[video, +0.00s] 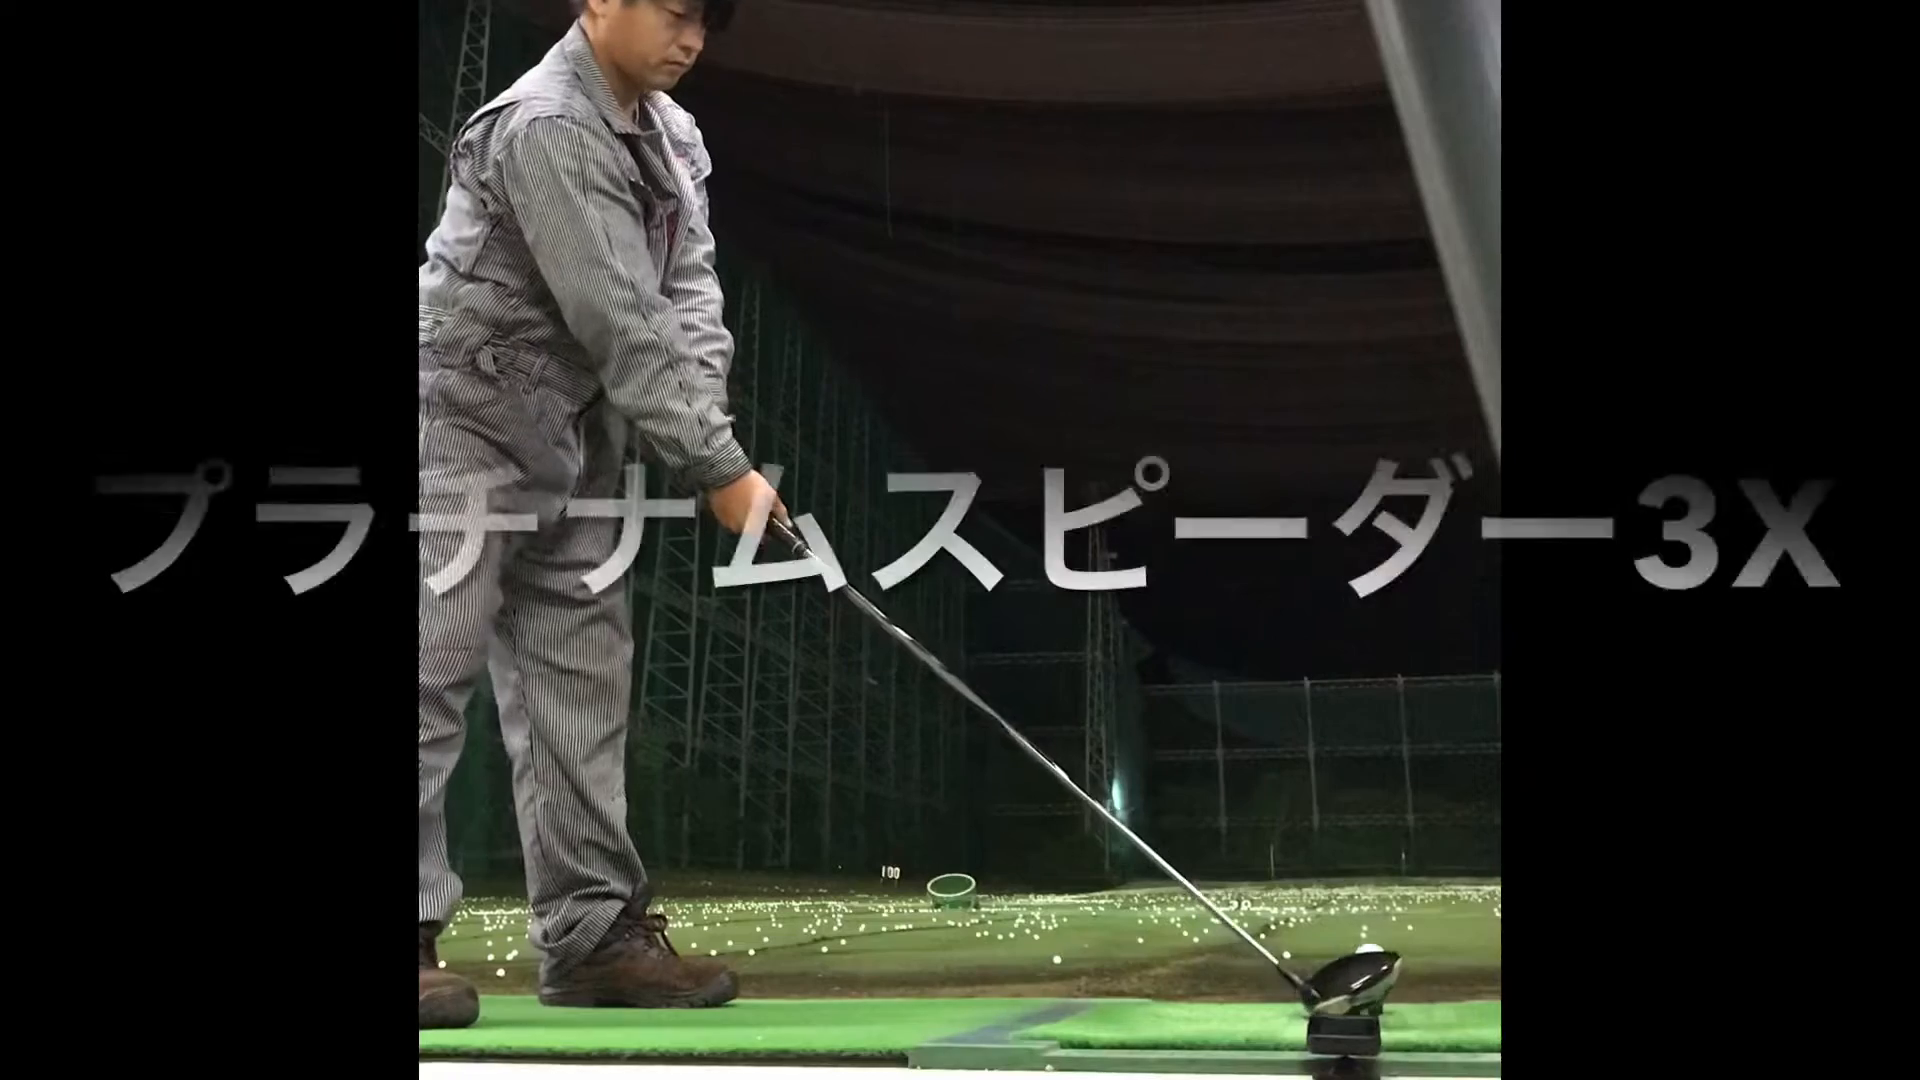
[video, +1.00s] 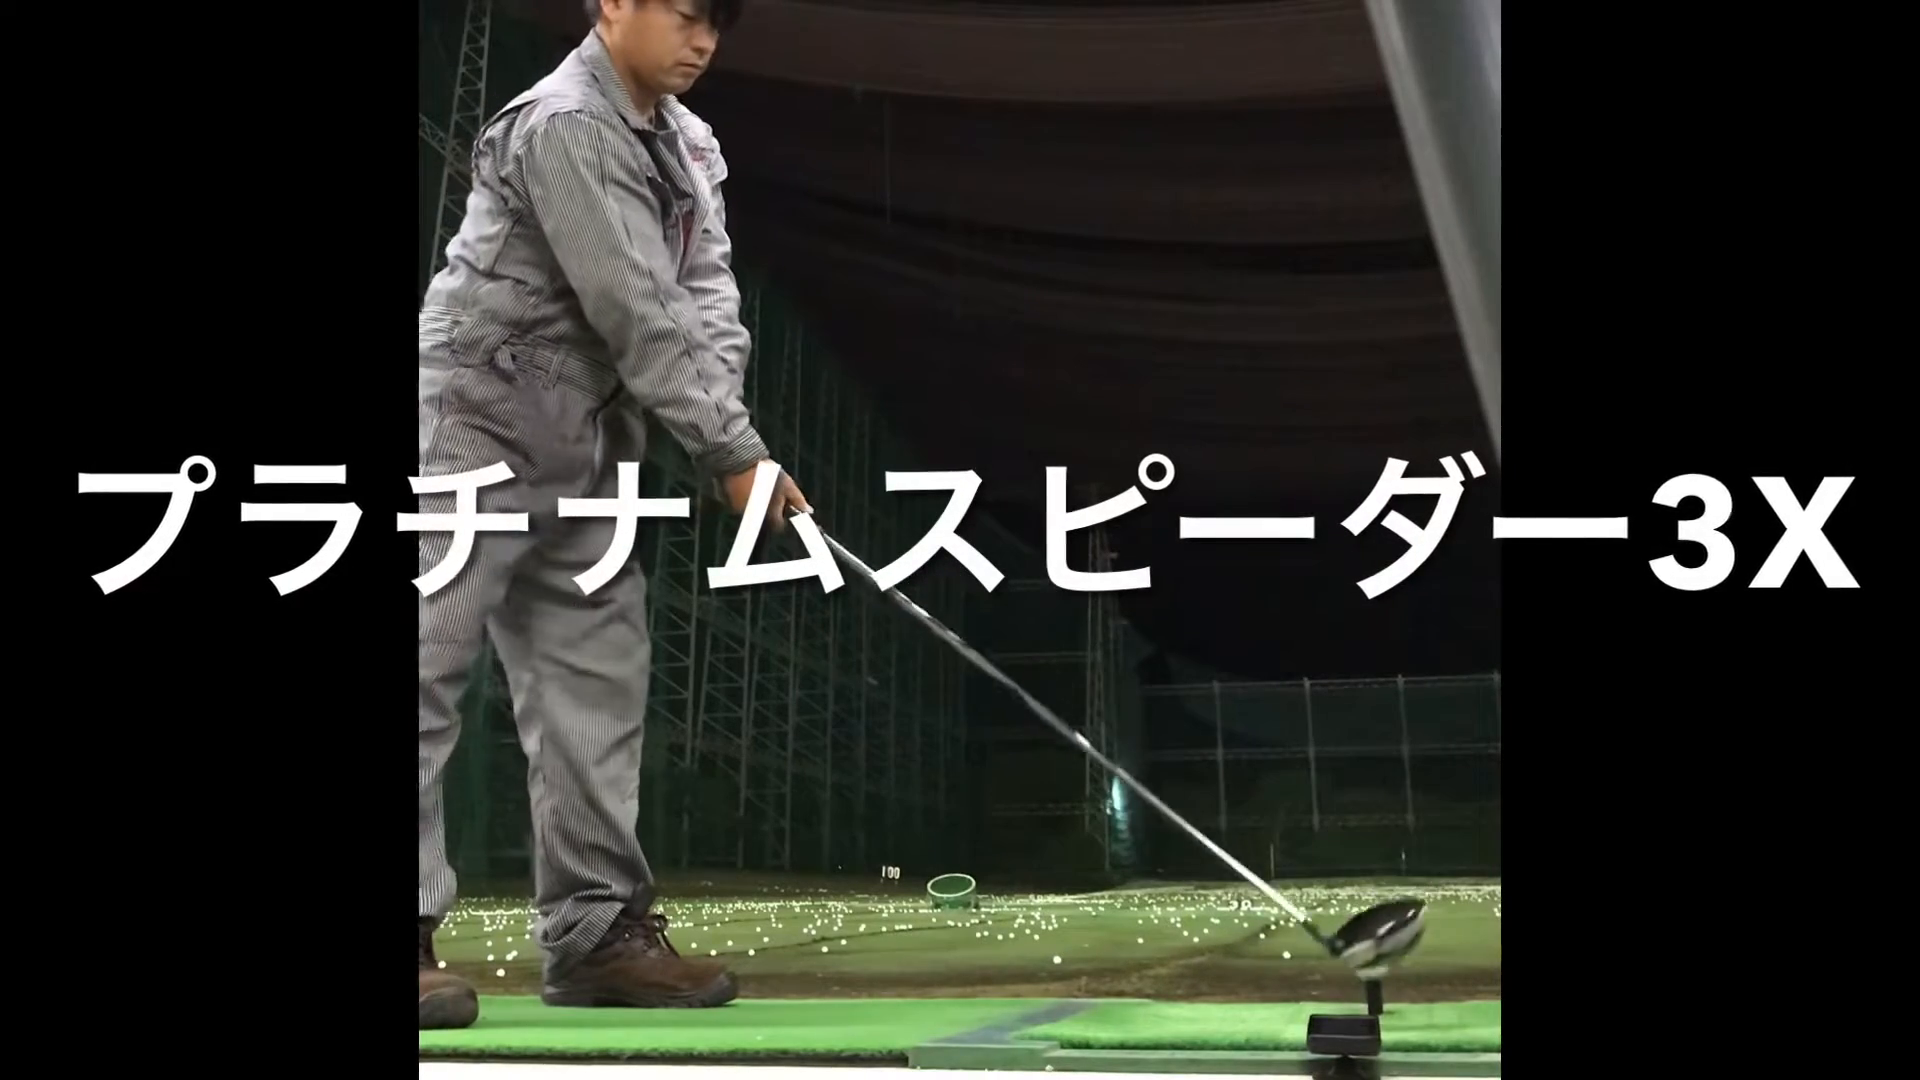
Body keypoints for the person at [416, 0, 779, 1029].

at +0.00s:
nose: (692, 39)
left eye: (701, 20)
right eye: (671, 15)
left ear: (699, 30)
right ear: (597, 9)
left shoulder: (675, 132)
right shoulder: (548, 125)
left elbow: (694, 294)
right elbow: (615, 318)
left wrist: (701, 428)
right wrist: (719, 467)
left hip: (578, 443)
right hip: (463, 430)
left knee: (576, 680)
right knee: (435, 679)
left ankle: (590, 938)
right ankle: (416, 946)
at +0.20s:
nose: (695, 32)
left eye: (705, 16)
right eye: (675, 10)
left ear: (707, 28)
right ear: (602, 7)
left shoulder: (678, 128)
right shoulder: (548, 120)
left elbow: (692, 289)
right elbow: (612, 319)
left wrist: (684, 416)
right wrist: (713, 469)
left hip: (576, 434)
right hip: (458, 420)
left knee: (571, 681)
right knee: (433, 676)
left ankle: (590, 940)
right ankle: (415, 947)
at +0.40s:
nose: (705, 42)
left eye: (716, 26)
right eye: (685, 17)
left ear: (715, 33)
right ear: (614, 9)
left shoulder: (686, 135)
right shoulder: (558, 124)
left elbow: (697, 296)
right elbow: (612, 325)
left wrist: (686, 419)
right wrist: (716, 466)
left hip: (577, 437)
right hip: (462, 422)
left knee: (574, 682)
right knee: (435, 675)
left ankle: (591, 940)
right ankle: (417, 947)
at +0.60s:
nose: (709, 45)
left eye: (722, 27)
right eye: (689, 19)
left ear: (726, 32)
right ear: (618, 9)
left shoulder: (691, 136)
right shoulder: (560, 121)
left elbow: (693, 299)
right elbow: (603, 322)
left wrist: (676, 418)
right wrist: (710, 466)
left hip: (575, 435)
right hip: (462, 416)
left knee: (572, 680)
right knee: (438, 667)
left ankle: (589, 939)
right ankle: (417, 946)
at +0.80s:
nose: (704, 37)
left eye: (711, 19)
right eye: (684, 13)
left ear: (703, 29)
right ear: (609, 7)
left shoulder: (682, 134)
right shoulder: (555, 114)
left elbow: (698, 293)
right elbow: (618, 304)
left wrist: (705, 423)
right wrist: (727, 454)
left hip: (577, 444)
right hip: (460, 430)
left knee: (580, 687)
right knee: (432, 684)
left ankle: (594, 938)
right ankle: (417, 945)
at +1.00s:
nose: (704, 40)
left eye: (713, 22)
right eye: (682, 16)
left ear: (713, 34)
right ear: (611, 10)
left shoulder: (693, 141)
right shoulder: (563, 123)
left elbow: (712, 299)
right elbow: (635, 309)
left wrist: (718, 434)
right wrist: (735, 453)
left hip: (586, 448)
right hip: (469, 432)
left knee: (593, 685)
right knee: (430, 687)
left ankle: (594, 936)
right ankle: (417, 946)